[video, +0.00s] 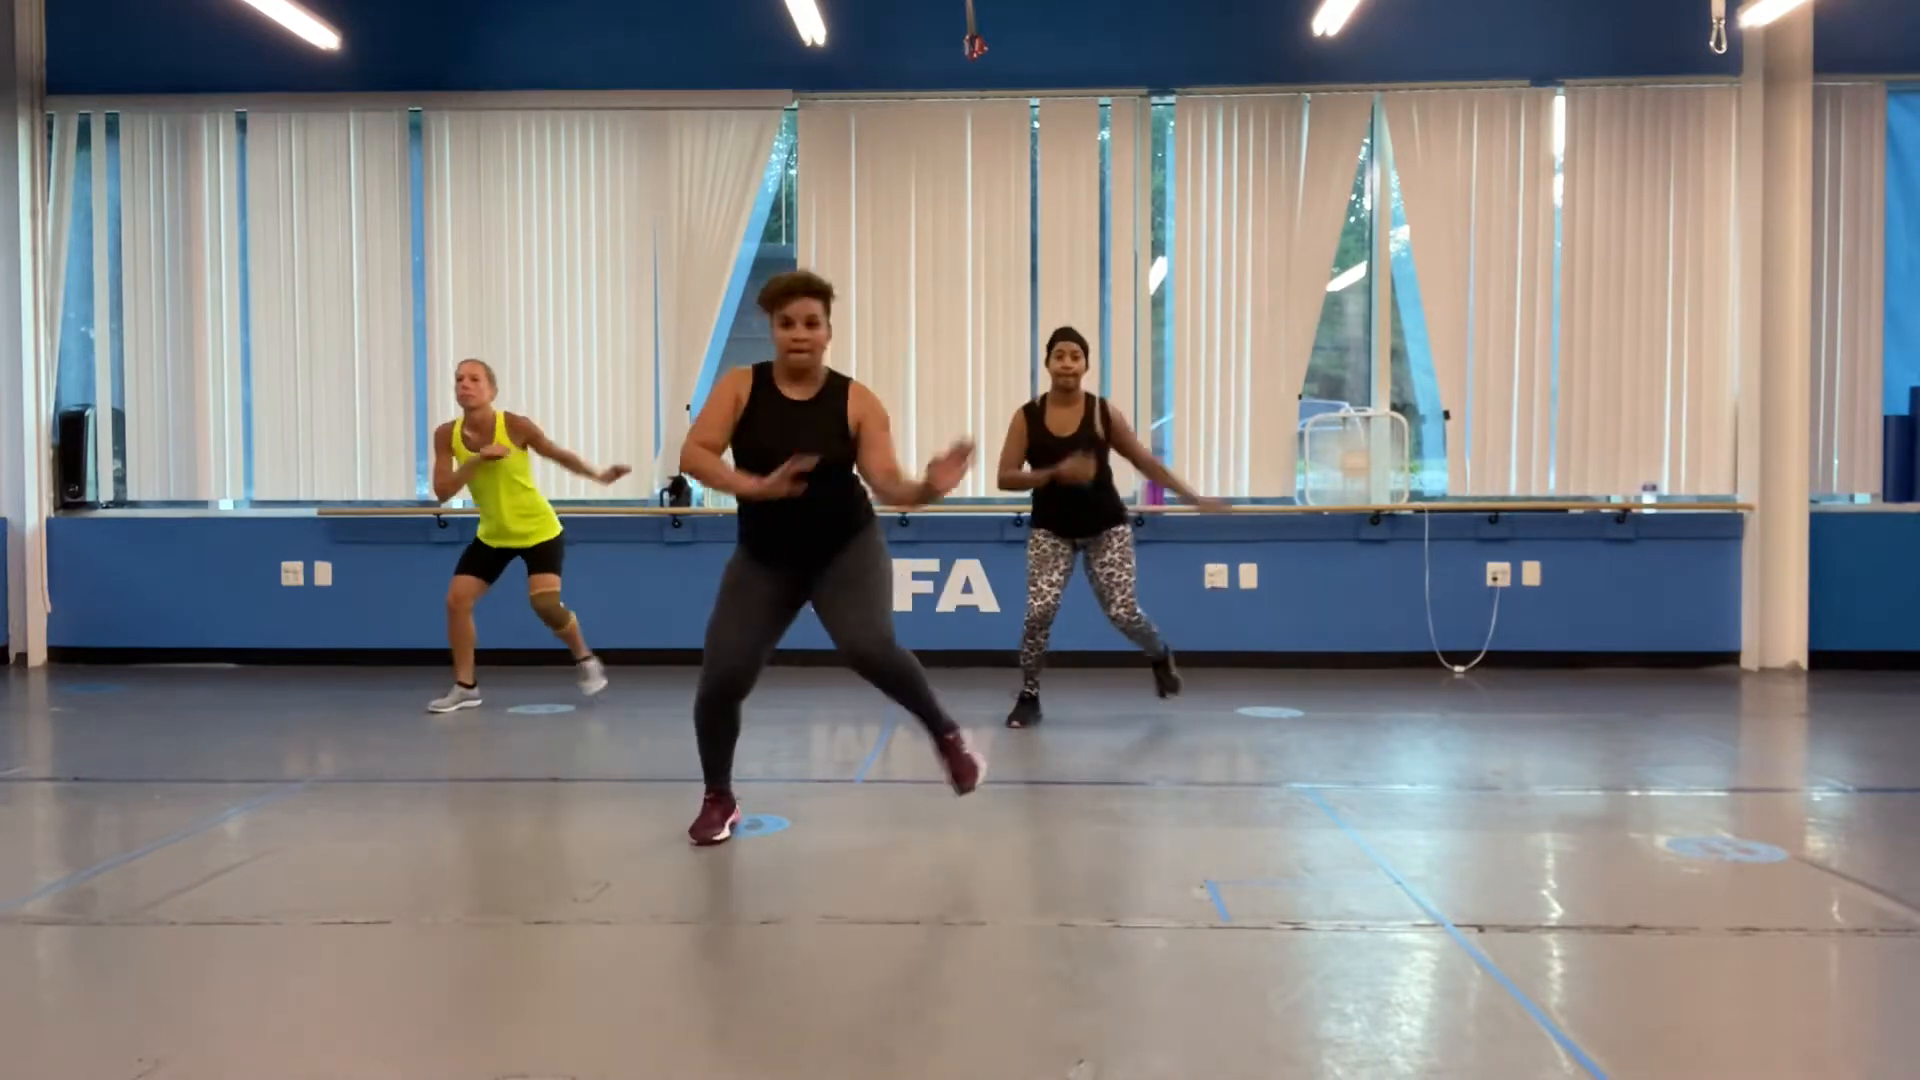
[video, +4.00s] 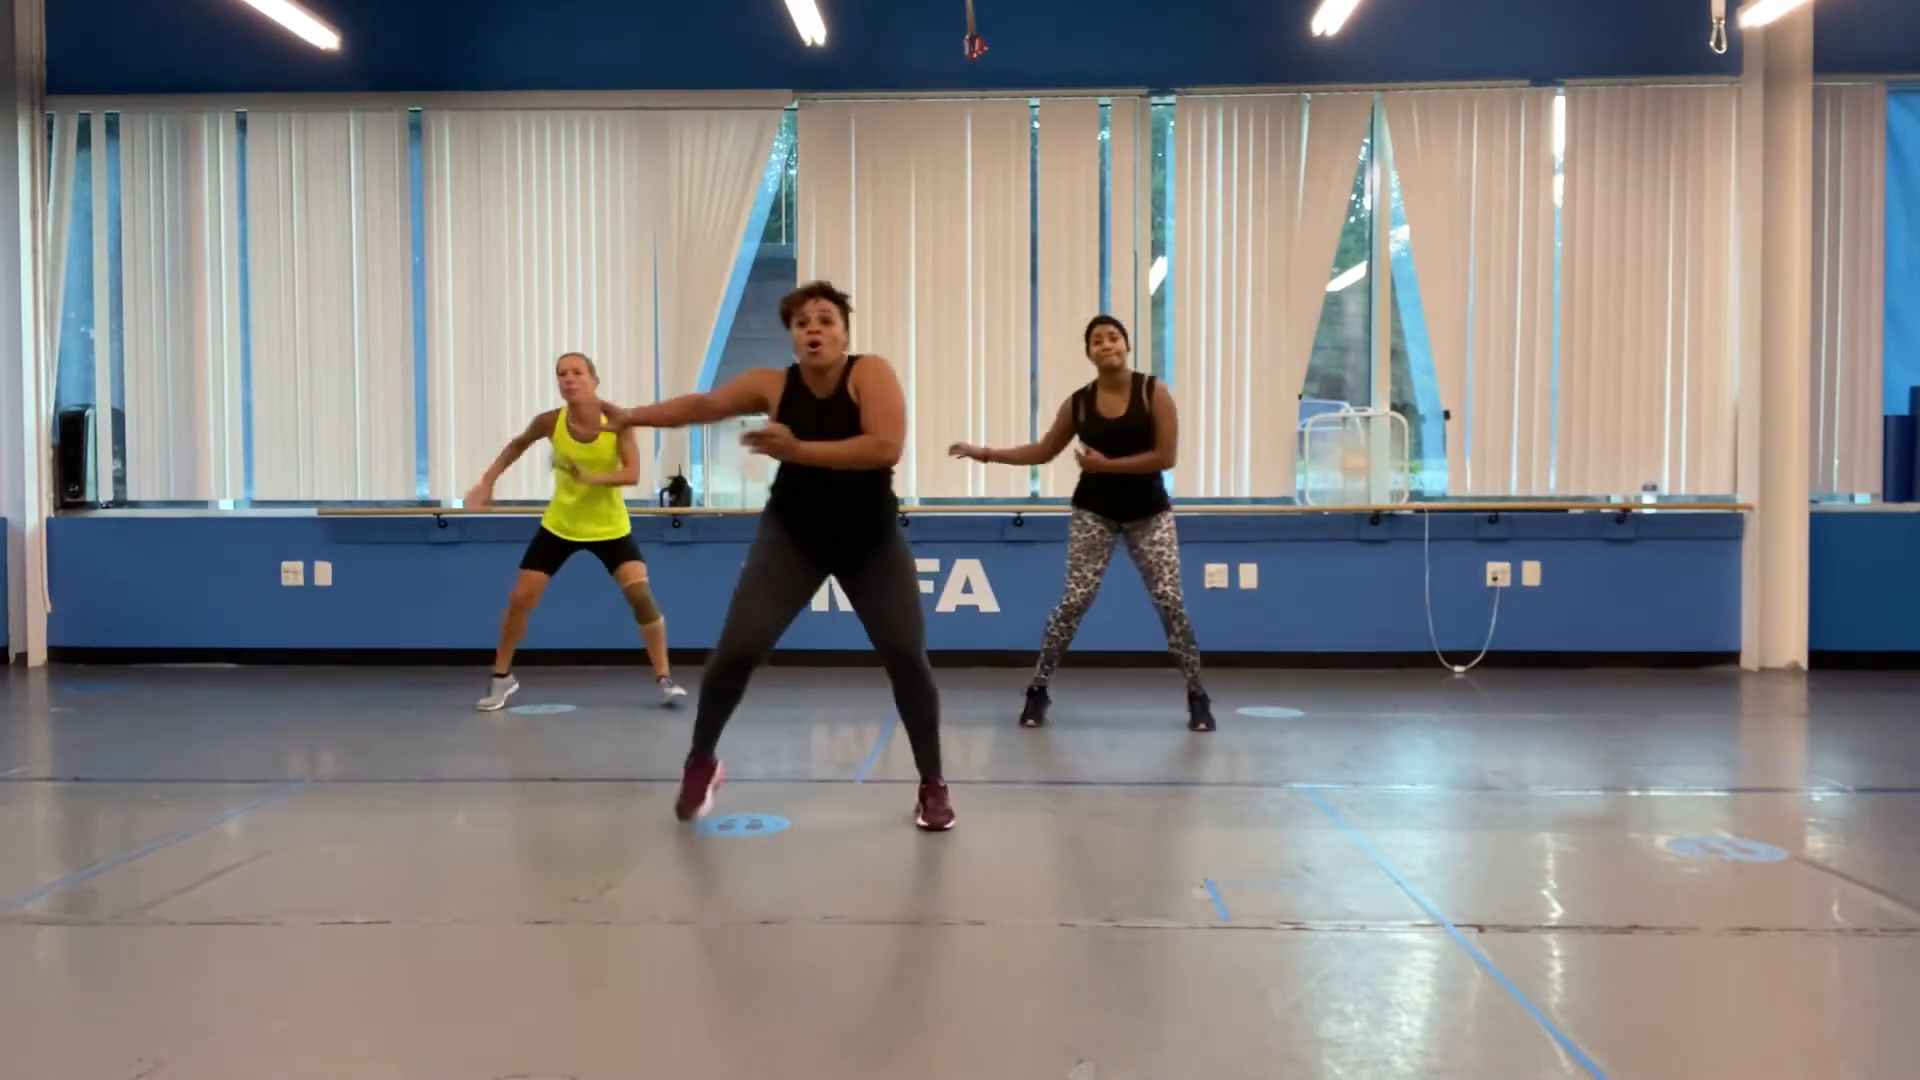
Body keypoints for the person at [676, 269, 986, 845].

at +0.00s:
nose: (801, 334)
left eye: (812, 323)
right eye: (789, 323)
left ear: (829, 331)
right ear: (771, 329)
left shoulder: (857, 402)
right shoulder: (740, 387)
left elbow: (889, 487)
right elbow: (694, 456)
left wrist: (927, 488)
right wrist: (755, 485)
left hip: (846, 548)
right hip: (766, 554)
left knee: (867, 649)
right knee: (720, 682)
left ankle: (946, 735)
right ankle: (717, 798)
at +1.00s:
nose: (903, 372)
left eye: (905, 361)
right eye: (894, 361)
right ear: (855, 357)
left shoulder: (905, 425)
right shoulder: (794, 389)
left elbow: (903, 511)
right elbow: (732, 446)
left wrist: (932, 510)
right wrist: (736, 505)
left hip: (873, 554)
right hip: (795, 552)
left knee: (895, 654)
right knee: (772, 671)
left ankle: (938, 758)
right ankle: (771, 788)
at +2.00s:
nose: (1044, 339)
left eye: (1045, 328)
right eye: (1030, 331)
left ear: (1048, 332)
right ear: (992, 341)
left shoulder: (1071, 391)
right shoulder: (957, 404)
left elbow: (1138, 433)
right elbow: (951, 486)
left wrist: (1130, 478)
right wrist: (967, 549)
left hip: (1051, 555)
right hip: (971, 553)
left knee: (1090, 666)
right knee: (923, 665)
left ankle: (1091, 790)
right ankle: (913, 769)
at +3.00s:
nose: (871, 373)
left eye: (880, 360)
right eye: (869, 361)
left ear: (919, 356)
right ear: (890, 361)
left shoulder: (975, 367)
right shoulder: (880, 417)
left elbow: (1055, 367)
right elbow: (901, 511)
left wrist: (1061, 397)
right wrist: (887, 469)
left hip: (1002, 544)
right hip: (924, 552)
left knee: (1039, 665)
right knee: (857, 649)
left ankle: (1066, 789)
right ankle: (863, 758)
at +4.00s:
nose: (813, 331)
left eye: (825, 321)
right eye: (803, 324)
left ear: (846, 332)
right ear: (790, 337)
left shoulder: (871, 374)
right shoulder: (772, 385)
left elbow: (888, 447)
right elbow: (701, 406)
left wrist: (798, 450)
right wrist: (632, 416)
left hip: (870, 539)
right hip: (793, 536)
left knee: (906, 656)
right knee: (737, 652)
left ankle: (933, 784)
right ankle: (700, 762)